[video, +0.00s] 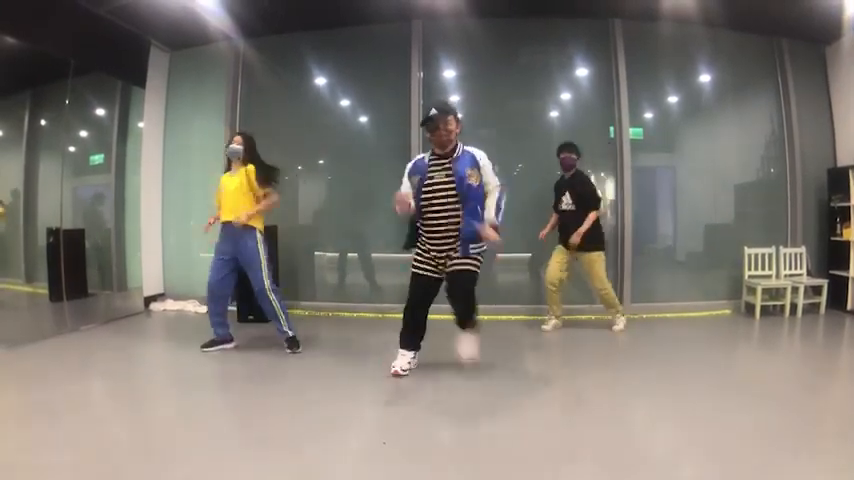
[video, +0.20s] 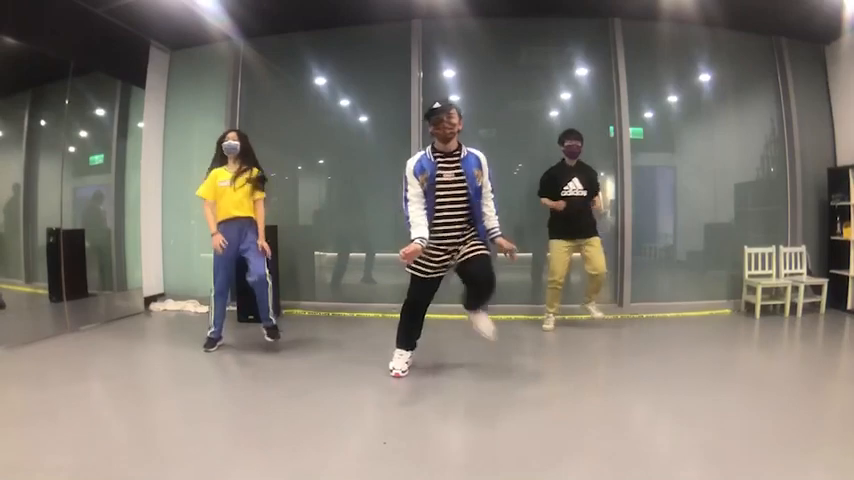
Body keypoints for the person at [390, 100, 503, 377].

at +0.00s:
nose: (443, 134)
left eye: (448, 127)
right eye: (436, 129)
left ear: (458, 127)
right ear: (428, 133)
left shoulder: (475, 159)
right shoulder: (417, 165)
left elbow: (493, 190)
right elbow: (407, 201)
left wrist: (491, 222)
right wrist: (404, 204)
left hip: (464, 245)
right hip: (428, 246)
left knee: (460, 292)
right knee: (416, 300)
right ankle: (407, 351)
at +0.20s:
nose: (446, 125)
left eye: (450, 120)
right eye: (439, 122)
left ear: (460, 123)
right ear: (431, 127)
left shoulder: (476, 159)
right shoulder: (418, 164)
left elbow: (486, 200)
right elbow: (415, 205)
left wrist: (495, 235)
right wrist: (419, 240)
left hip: (469, 239)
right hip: (433, 243)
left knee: (483, 279)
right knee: (417, 299)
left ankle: (476, 310)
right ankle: (403, 350)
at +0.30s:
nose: (454, 129)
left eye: (458, 123)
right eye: (447, 125)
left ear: (467, 125)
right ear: (437, 129)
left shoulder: (479, 161)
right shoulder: (424, 164)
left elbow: (489, 198)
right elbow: (413, 201)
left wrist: (502, 223)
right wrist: (418, 229)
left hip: (474, 243)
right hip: (438, 246)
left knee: (494, 294)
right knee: (421, 302)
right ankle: (400, 352)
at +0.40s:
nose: (460, 137)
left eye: (464, 131)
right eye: (452, 133)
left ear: (472, 133)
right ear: (442, 137)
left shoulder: (486, 167)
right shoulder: (428, 170)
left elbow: (507, 197)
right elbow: (402, 203)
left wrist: (509, 205)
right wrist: (420, 209)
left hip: (480, 253)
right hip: (443, 255)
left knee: (499, 304)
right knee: (425, 309)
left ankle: (516, 355)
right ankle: (400, 352)